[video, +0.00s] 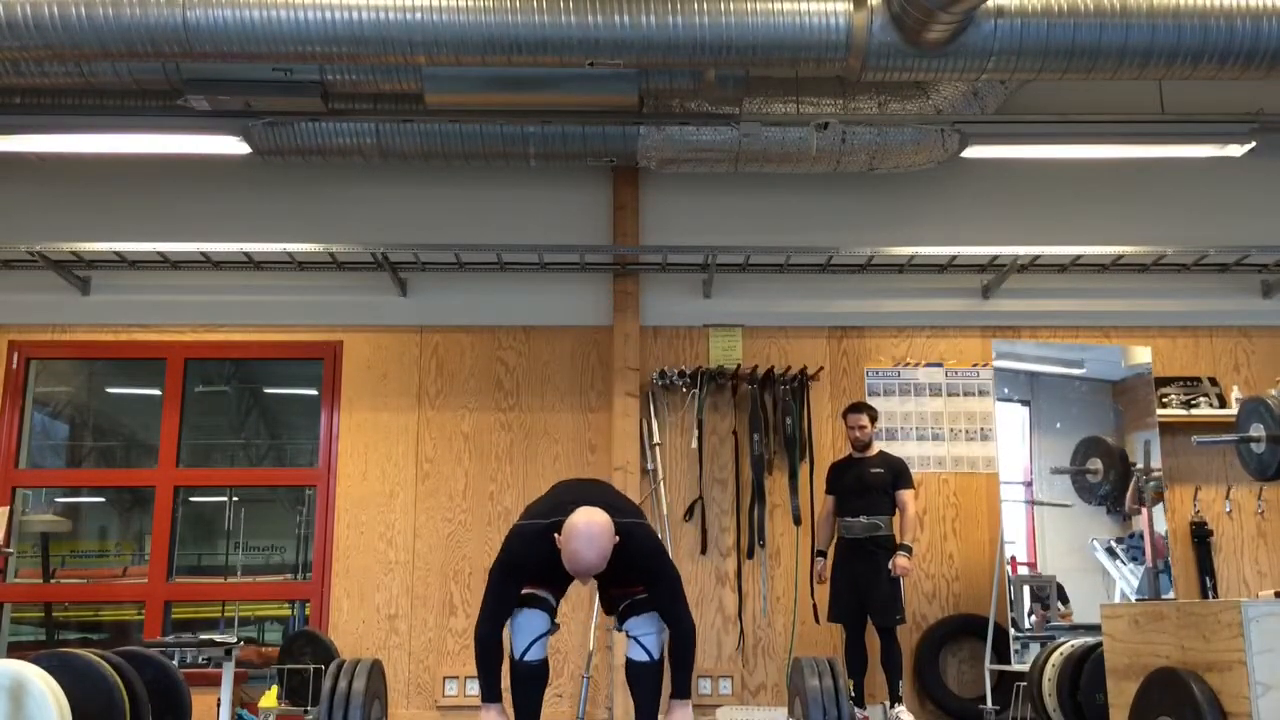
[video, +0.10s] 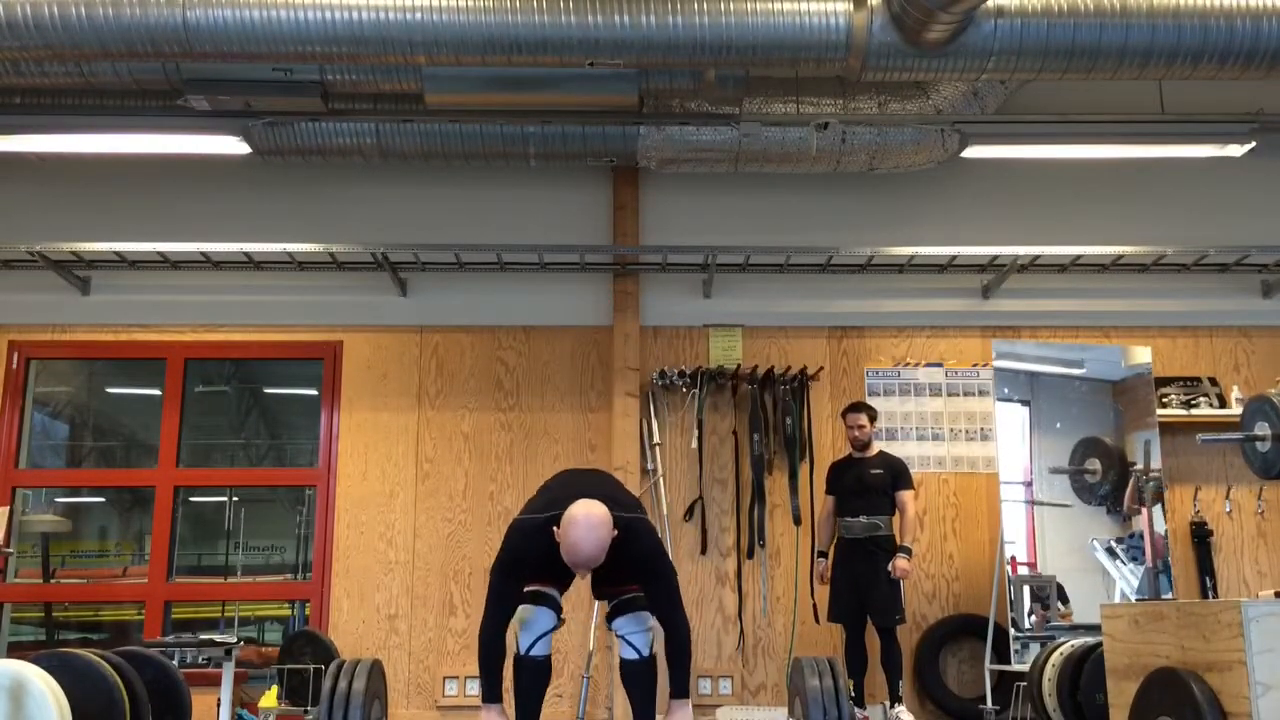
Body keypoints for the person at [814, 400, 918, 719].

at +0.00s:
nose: (856, 433)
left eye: (862, 427)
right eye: (851, 428)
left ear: (873, 427)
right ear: (845, 429)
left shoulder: (894, 465)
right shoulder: (837, 468)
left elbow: (907, 509)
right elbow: (827, 514)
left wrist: (904, 550)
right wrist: (820, 554)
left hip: (882, 559)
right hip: (847, 559)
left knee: (887, 632)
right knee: (853, 633)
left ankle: (896, 704)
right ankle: (858, 705)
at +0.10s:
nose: (855, 433)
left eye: (861, 427)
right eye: (850, 427)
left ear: (873, 427)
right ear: (844, 429)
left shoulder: (893, 465)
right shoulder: (837, 468)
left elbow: (907, 510)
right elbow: (827, 514)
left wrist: (904, 552)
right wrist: (821, 555)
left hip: (882, 559)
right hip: (847, 560)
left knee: (887, 632)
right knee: (853, 633)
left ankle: (896, 704)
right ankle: (858, 705)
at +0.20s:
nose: (855, 433)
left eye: (860, 426)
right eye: (850, 427)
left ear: (873, 427)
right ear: (844, 429)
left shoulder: (893, 465)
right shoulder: (837, 468)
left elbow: (907, 511)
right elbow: (827, 514)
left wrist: (905, 553)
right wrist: (822, 555)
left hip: (882, 559)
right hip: (847, 559)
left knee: (887, 632)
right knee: (853, 633)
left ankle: (896, 704)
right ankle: (858, 705)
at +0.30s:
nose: (855, 432)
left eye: (860, 426)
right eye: (850, 427)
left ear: (873, 427)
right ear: (844, 429)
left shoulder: (893, 465)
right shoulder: (837, 467)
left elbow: (907, 511)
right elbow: (827, 514)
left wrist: (905, 554)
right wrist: (822, 555)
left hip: (882, 558)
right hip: (847, 559)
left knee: (886, 632)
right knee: (853, 633)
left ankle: (896, 704)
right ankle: (858, 705)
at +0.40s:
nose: (855, 432)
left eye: (860, 426)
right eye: (850, 426)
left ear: (873, 427)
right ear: (844, 429)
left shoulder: (892, 465)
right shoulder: (836, 468)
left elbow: (907, 511)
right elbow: (827, 513)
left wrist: (905, 554)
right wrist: (822, 554)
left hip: (881, 558)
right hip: (847, 559)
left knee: (886, 632)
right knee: (853, 633)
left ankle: (896, 704)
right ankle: (858, 705)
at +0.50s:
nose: (855, 431)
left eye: (861, 425)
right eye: (850, 426)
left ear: (873, 427)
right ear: (844, 429)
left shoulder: (892, 465)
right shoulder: (836, 468)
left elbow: (907, 511)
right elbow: (826, 513)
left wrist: (905, 553)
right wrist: (821, 554)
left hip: (882, 558)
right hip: (847, 559)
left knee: (887, 631)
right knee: (853, 633)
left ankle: (896, 704)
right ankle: (858, 705)